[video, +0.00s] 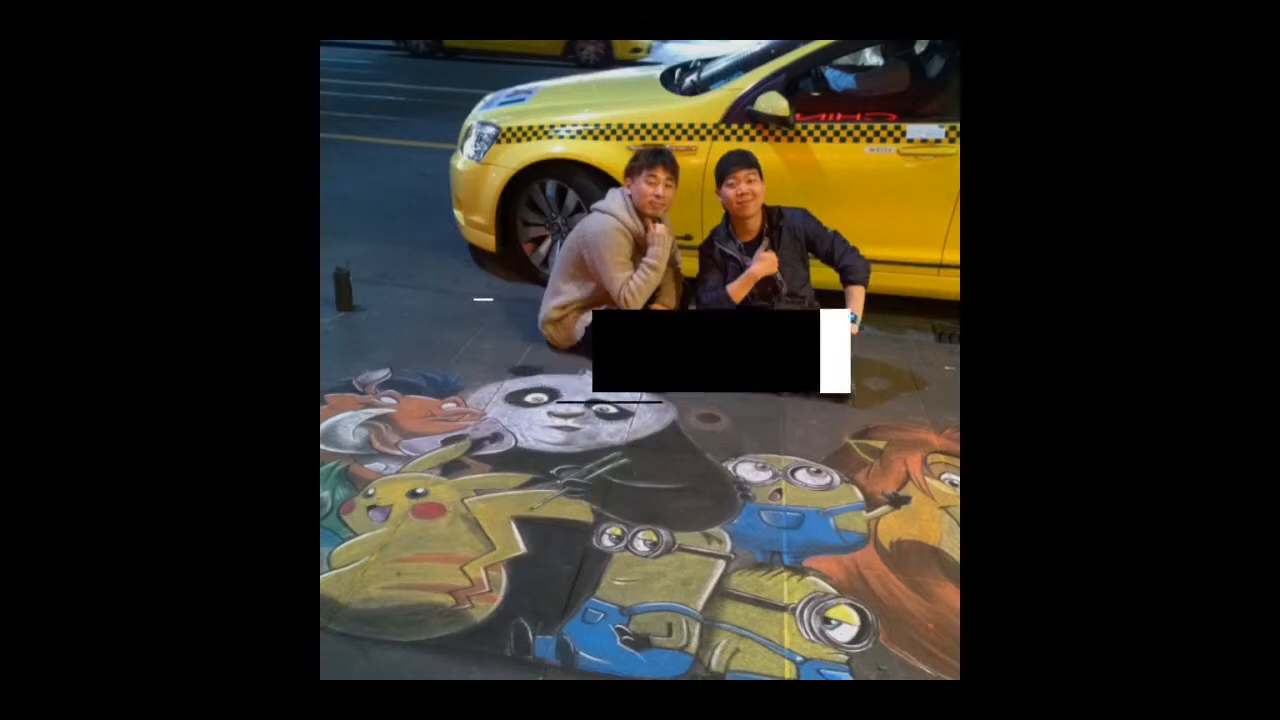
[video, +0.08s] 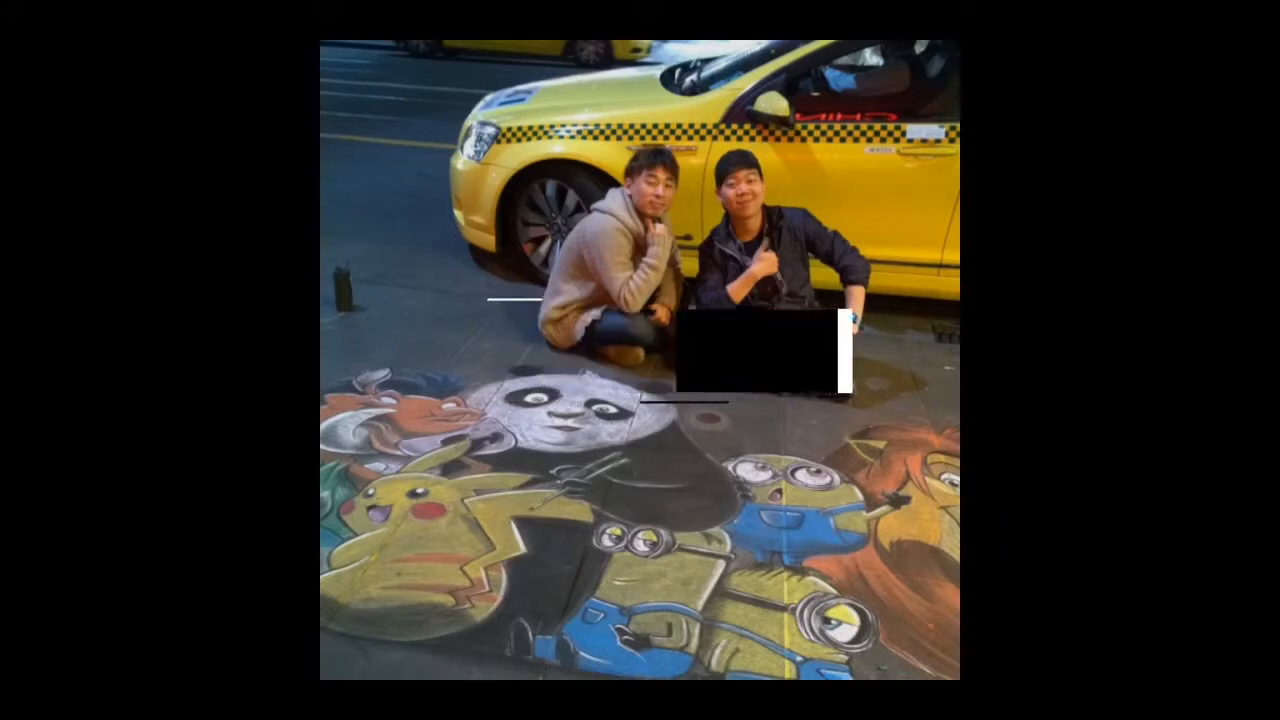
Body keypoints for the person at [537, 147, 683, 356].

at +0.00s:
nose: (660, 193)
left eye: (668, 185)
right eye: (651, 182)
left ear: (674, 192)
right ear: (629, 184)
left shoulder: (656, 219)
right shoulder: (605, 227)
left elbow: (669, 266)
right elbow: (628, 301)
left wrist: (664, 304)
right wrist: (657, 252)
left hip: (605, 308)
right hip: (566, 320)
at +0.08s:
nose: (660, 193)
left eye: (668, 185)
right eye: (651, 182)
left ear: (675, 192)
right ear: (629, 184)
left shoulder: (655, 222)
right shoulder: (605, 227)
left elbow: (670, 268)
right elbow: (629, 301)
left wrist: (665, 303)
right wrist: (658, 250)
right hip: (567, 319)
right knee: (639, 328)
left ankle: (632, 348)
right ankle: (669, 338)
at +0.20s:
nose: (660, 193)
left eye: (668, 185)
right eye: (651, 182)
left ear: (675, 192)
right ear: (629, 184)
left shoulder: (656, 221)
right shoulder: (605, 227)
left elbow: (670, 269)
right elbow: (629, 301)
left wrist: (665, 302)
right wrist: (658, 250)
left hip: (609, 306)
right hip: (567, 319)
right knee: (638, 328)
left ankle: (631, 347)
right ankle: (670, 336)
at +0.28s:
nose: (660, 193)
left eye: (668, 185)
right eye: (651, 182)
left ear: (675, 192)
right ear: (629, 184)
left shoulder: (656, 222)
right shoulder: (605, 227)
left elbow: (670, 268)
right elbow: (629, 300)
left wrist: (665, 304)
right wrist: (658, 250)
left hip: (608, 307)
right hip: (567, 319)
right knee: (638, 328)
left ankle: (632, 348)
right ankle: (669, 336)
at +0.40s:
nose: (660, 193)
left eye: (668, 185)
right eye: (651, 182)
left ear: (675, 192)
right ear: (629, 184)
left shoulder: (656, 221)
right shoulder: (605, 227)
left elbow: (670, 269)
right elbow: (629, 301)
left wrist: (665, 304)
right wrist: (658, 250)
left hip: (609, 306)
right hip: (567, 319)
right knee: (638, 328)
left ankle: (631, 347)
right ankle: (670, 335)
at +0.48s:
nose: (660, 193)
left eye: (668, 185)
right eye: (651, 182)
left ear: (675, 192)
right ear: (629, 184)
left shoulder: (656, 221)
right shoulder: (605, 227)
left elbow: (670, 269)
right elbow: (629, 300)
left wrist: (665, 304)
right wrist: (658, 250)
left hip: (609, 306)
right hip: (567, 319)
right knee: (638, 328)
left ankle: (631, 346)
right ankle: (669, 336)